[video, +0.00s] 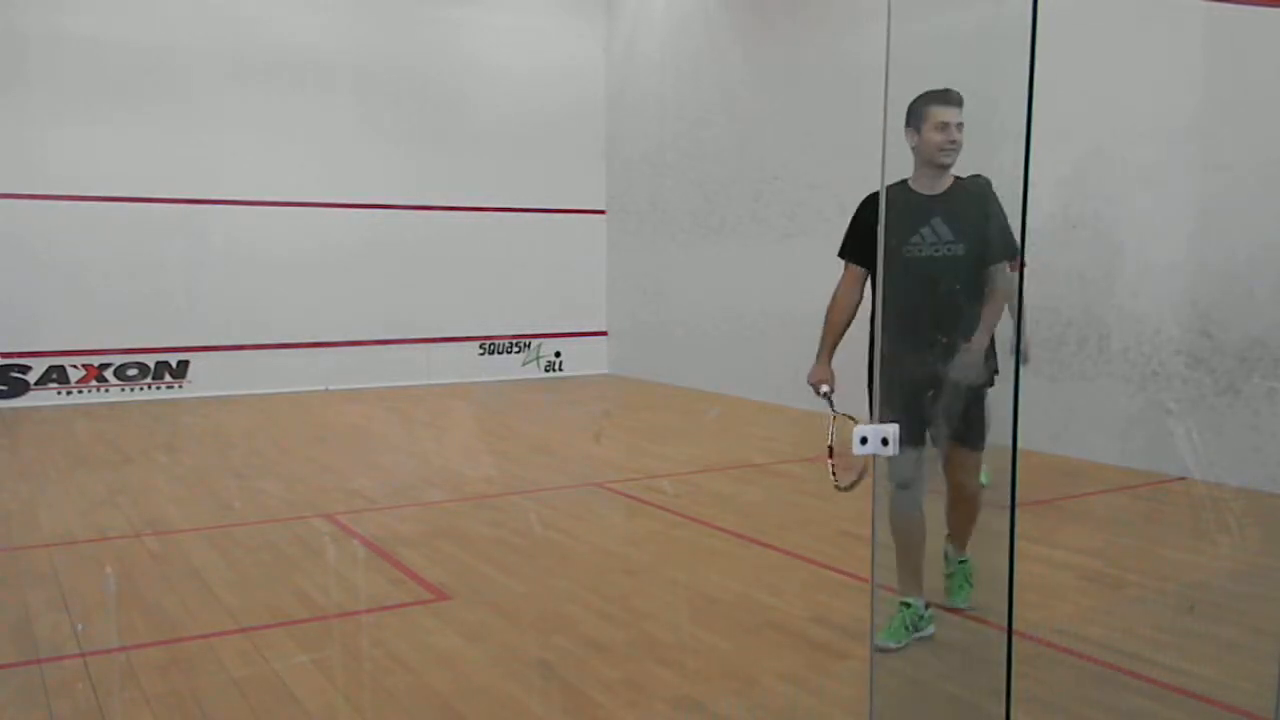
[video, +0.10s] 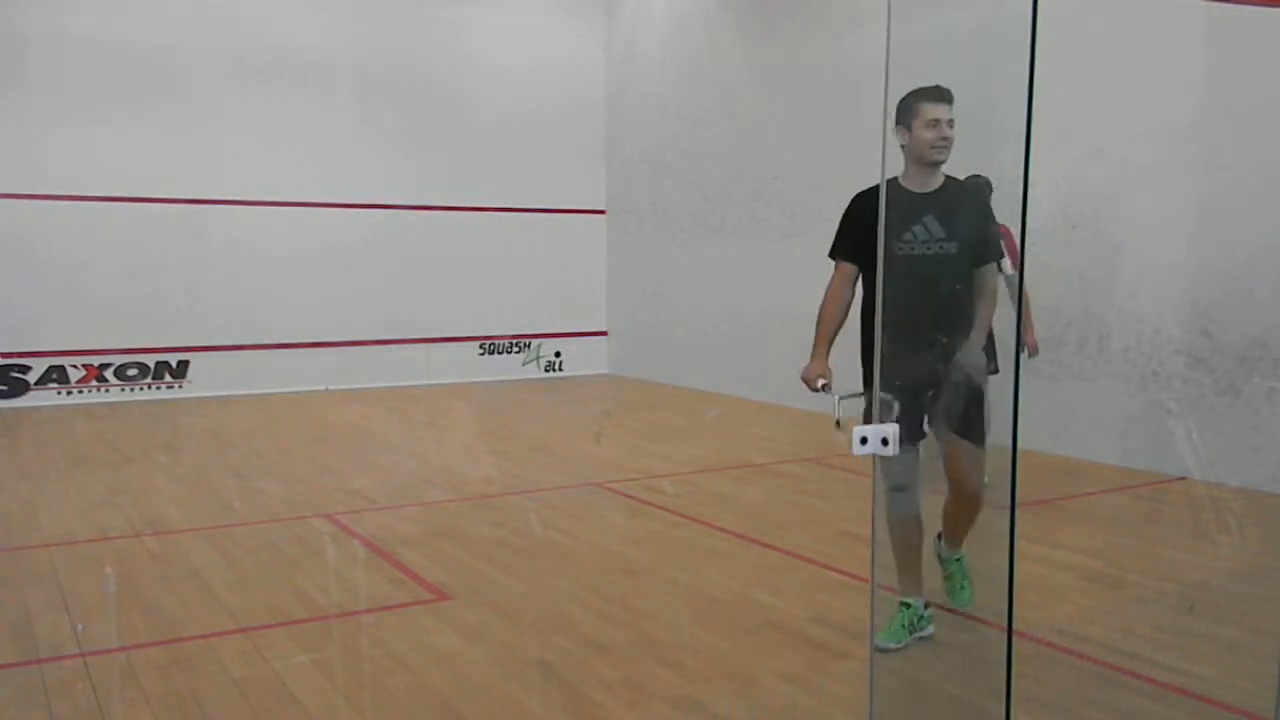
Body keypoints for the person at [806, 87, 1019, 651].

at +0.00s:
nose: (952, 137)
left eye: (958, 128)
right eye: (941, 128)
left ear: (962, 137)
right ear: (912, 135)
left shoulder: (978, 198)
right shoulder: (881, 207)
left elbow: (1001, 279)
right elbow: (852, 283)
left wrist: (978, 344)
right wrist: (824, 354)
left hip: (963, 363)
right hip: (899, 363)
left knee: (965, 480)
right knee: (903, 482)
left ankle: (957, 554)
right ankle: (911, 604)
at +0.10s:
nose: (943, 133)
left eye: (949, 125)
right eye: (931, 125)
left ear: (954, 134)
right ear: (903, 133)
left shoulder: (971, 202)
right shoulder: (871, 206)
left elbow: (988, 281)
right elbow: (843, 282)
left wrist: (977, 341)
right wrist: (820, 352)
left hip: (958, 362)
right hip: (892, 366)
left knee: (969, 485)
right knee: (900, 488)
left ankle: (949, 549)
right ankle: (911, 603)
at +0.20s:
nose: (935, 133)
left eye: (941, 124)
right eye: (924, 123)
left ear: (947, 132)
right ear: (897, 131)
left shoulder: (964, 201)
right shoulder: (863, 204)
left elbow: (980, 274)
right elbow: (835, 278)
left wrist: (973, 337)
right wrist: (821, 346)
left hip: (956, 358)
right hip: (889, 364)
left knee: (962, 483)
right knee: (897, 486)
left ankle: (952, 578)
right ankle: (911, 602)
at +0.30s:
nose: (929, 134)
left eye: (935, 125)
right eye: (918, 125)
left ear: (940, 132)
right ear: (890, 131)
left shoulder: (959, 197)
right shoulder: (856, 205)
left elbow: (975, 278)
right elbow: (828, 279)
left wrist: (978, 341)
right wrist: (818, 340)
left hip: (947, 364)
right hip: (881, 369)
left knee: (946, 486)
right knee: (893, 487)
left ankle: (956, 615)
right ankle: (911, 605)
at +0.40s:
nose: (923, 133)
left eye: (928, 124)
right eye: (910, 124)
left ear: (935, 131)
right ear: (880, 130)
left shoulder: (955, 198)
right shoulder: (849, 206)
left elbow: (977, 282)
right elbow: (823, 281)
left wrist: (980, 351)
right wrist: (816, 342)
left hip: (938, 369)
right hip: (874, 373)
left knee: (932, 493)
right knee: (891, 493)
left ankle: (941, 624)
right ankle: (909, 604)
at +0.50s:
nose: (917, 131)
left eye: (922, 122)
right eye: (904, 123)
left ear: (929, 129)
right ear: (875, 132)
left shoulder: (951, 196)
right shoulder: (844, 205)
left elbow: (980, 275)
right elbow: (821, 282)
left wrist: (987, 345)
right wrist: (812, 349)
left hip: (931, 366)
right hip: (867, 370)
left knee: (917, 496)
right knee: (887, 496)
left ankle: (915, 629)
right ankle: (909, 607)